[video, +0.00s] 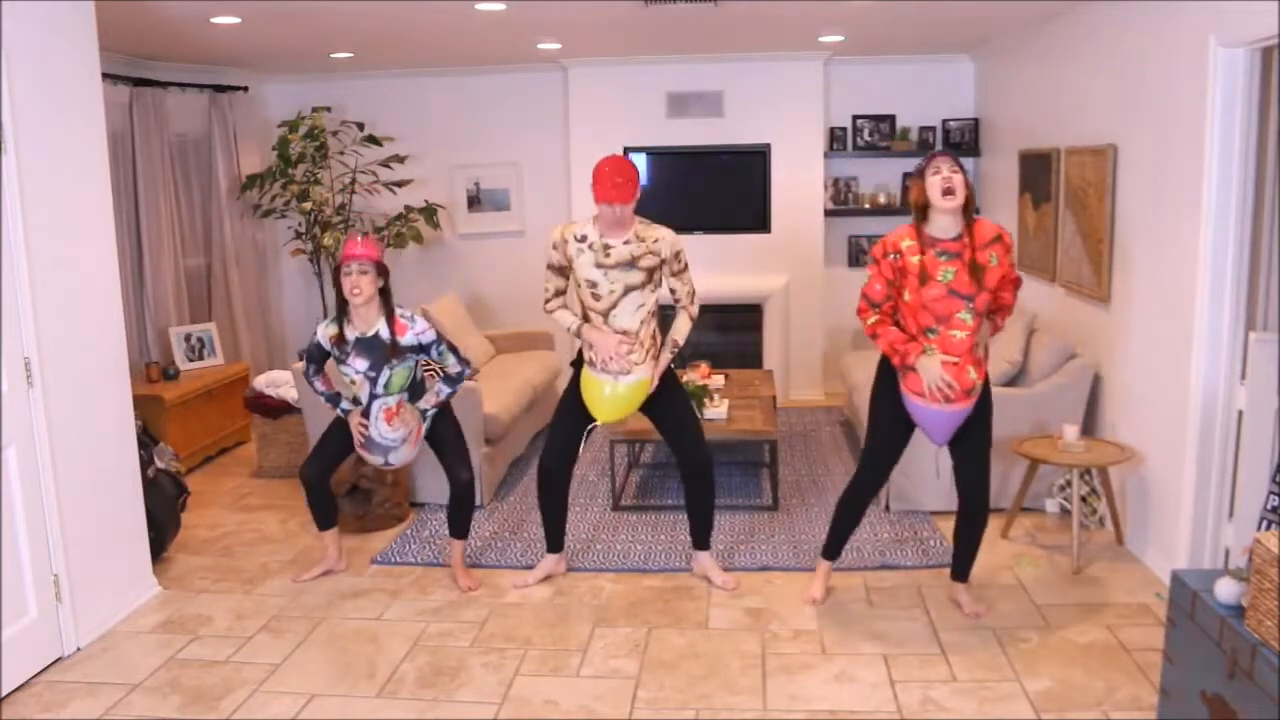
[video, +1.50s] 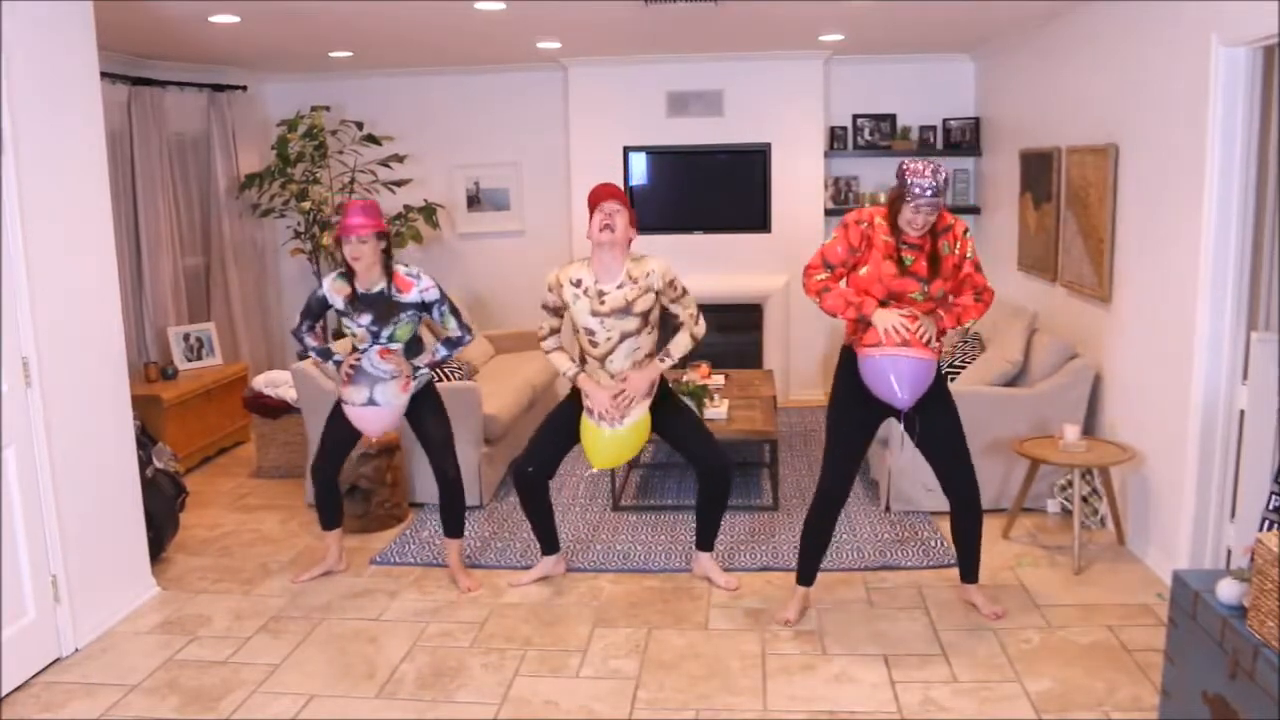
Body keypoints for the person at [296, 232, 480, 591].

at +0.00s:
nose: (354, 281)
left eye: (364, 272)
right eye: (347, 273)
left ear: (380, 279)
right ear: (339, 281)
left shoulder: (410, 324)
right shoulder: (331, 332)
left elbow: (460, 368)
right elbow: (311, 370)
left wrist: (421, 409)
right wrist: (347, 410)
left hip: (420, 403)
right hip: (365, 409)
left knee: (463, 477)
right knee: (312, 474)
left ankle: (457, 560)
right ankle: (333, 555)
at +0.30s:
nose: (352, 293)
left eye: (362, 284)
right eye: (345, 285)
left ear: (378, 289)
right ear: (337, 291)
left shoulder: (408, 334)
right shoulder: (328, 337)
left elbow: (457, 375)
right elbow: (307, 371)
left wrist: (417, 414)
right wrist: (342, 414)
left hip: (416, 405)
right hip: (360, 410)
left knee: (456, 481)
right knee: (307, 474)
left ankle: (457, 562)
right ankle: (333, 555)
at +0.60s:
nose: (357, 266)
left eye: (363, 256)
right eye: (348, 260)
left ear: (377, 247)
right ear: (337, 258)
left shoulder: (407, 287)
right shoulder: (326, 293)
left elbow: (453, 340)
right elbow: (303, 338)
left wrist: (416, 378)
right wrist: (332, 376)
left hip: (413, 386)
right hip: (356, 391)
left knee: (441, 471)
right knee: (319, 468)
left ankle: (454, 560)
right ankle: (333, 555)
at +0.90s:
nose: (353, 251)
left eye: (359, 242)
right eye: (345, 246)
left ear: (376, 226)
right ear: (335, 240)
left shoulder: (413, 259)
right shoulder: (327, 268)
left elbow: (452, 315)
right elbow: (298, 317)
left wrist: (414, 355)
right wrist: (326, 354)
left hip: (410, 377)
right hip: (356, 381)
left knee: (432, 470)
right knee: (337, 467)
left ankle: (454, 561)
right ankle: (334, 555)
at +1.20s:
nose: (355, 260)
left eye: (360, 251)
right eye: (346, 254)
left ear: (377, 235)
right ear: (336, 249)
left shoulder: (413, 267)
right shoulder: (330, 277)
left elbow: (459, 319)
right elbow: (303, 322)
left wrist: (417, 355)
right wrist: (335, 354)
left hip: (412, 377)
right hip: (360, 380)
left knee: (436, 467)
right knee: (335, 466)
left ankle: (454, 560)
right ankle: (334, 555)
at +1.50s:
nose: (352, 250)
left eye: (361, 241)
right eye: (346, 242)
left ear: (381, 243)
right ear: (340, 246)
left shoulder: (416, 285)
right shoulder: (334, 288)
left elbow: (460, 335)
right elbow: (304, 330)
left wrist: (418, 368)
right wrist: (335, 364)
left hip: (413, 381)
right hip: (360, 384)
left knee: (447, 467)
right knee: (323, 469)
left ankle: (455, 561)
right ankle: (334, 555)